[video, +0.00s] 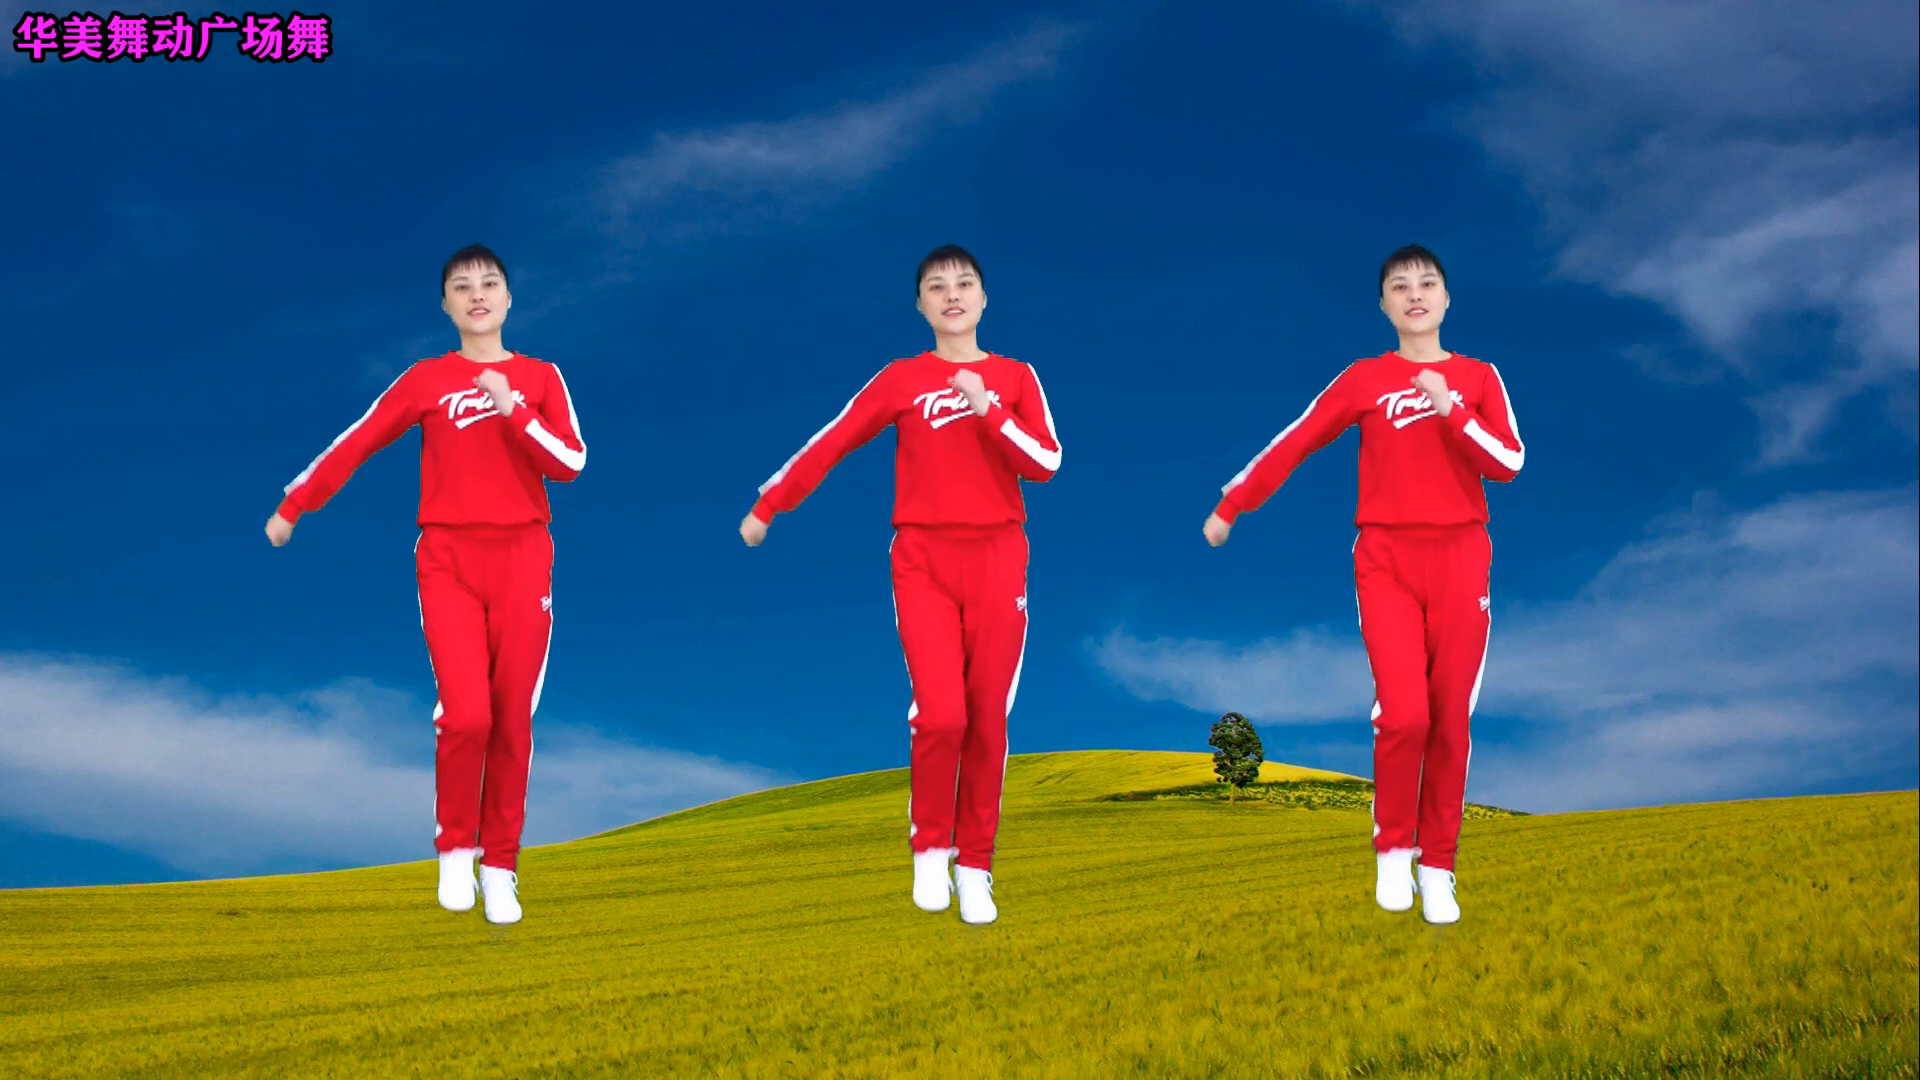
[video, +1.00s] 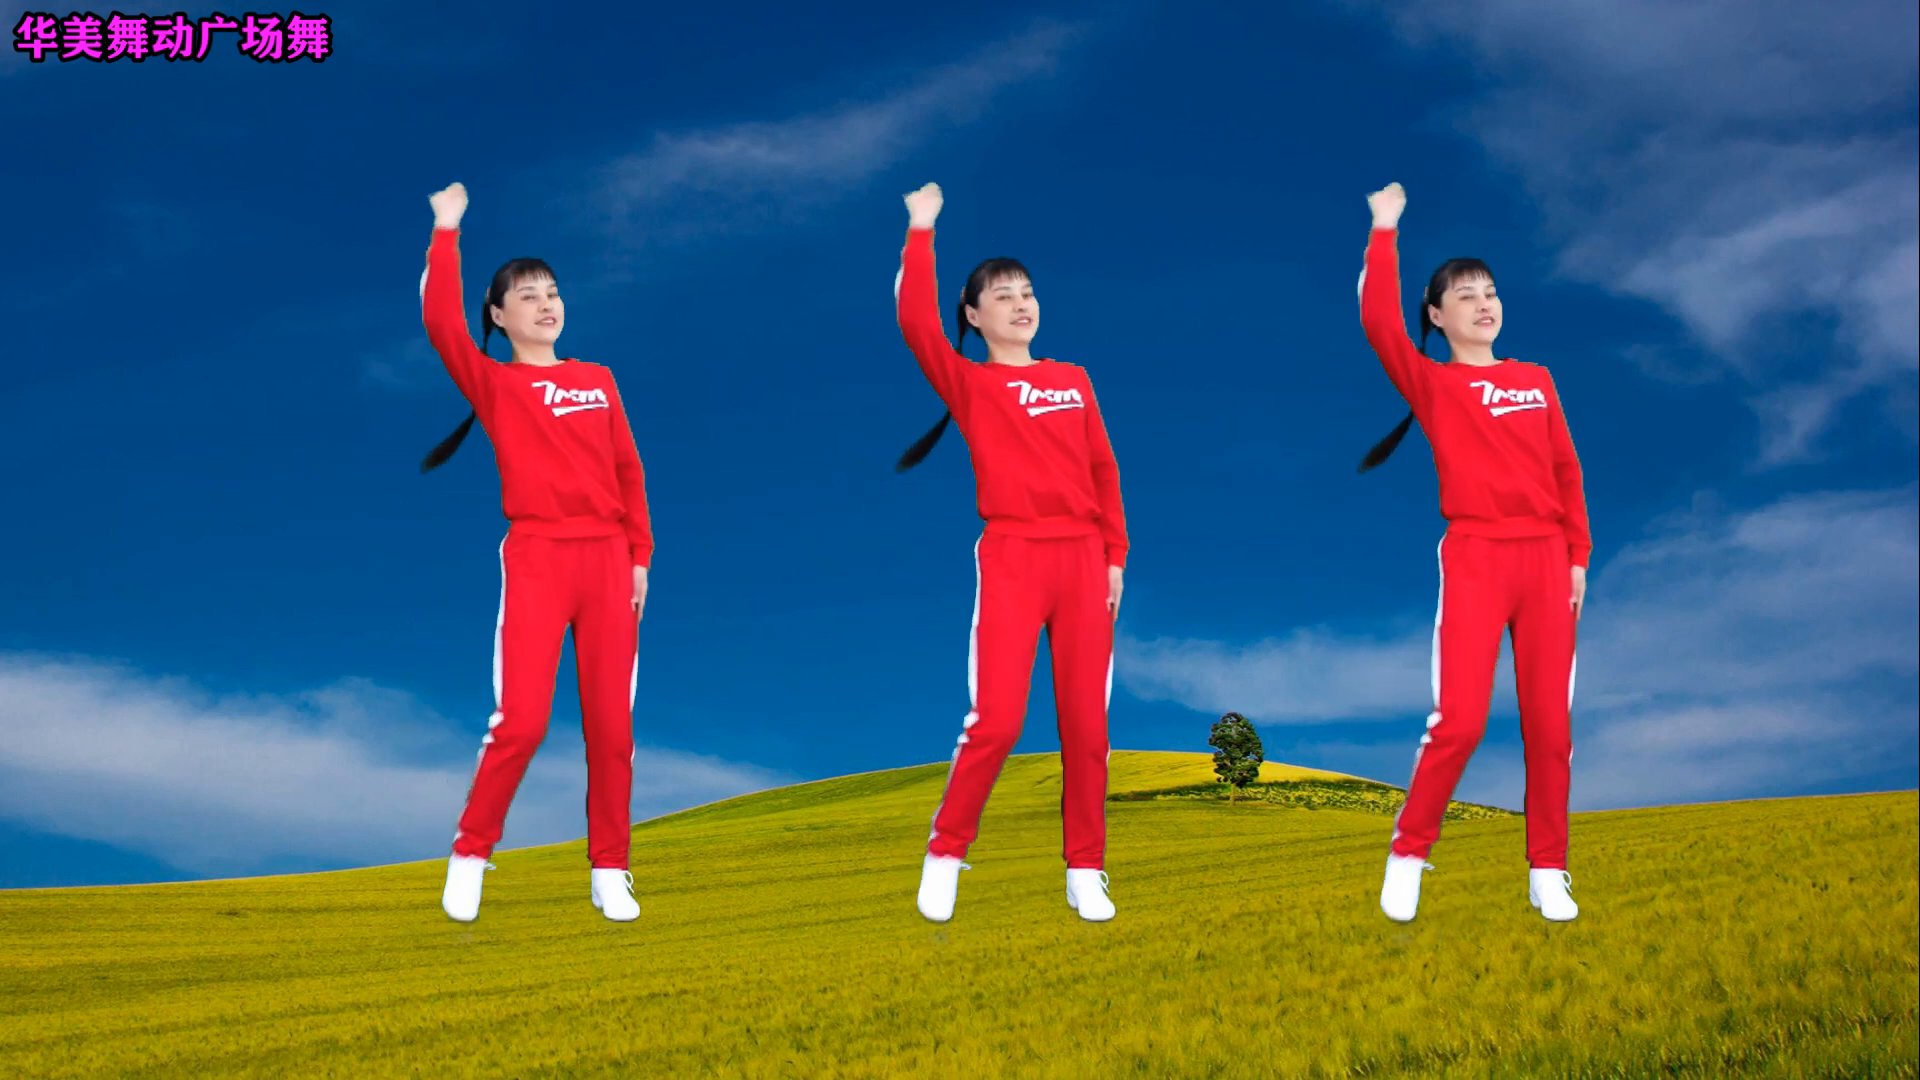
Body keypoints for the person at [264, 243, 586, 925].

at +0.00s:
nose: (478, 295)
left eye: (489, 285)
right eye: (463, 288)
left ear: (508, 298)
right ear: (447, 305)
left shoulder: (540, 376)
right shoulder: (424, 380)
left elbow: (569, 462)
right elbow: (355, 443)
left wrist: (515, 412)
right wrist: (291, 504)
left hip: (524, 557)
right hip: (448, 558)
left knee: (514, 715)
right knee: (466, 713)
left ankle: (500, 862)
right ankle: (455, 848)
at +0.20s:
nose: (484, 303)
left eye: (494, 293)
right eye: (468, 294)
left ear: (507, 308)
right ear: (445, 313)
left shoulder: (535, 388)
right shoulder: (418, 384)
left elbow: (564, 474)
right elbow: (332, 418)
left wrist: (540, 490)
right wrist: (238, 454)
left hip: (524, 565)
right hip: (448, 566)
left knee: (513, 727)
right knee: (456, 729)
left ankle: (498, 868)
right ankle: (451, 870)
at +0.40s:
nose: (495, 315)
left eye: (498, 305)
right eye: (477, 306)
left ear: (506, 324)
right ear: (443, 327)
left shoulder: (534, 405)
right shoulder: (423, 405)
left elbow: (558, 500)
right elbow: (356, 473)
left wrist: (573, 584)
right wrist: (291, 540)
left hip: (516, 579)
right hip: (443, 576)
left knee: (522, 728)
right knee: (447, 732)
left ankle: (508, 844)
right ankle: (449, 870)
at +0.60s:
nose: (499, 301)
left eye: (502, 291)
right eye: (482, 292)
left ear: (507, 310)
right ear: (447, 311)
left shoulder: (531, 391)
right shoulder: (432, 378)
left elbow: (551, 491)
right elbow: (489, 429)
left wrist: (562, 566)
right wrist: (584, 451)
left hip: (527, 564)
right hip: (456, 560)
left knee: (558, 708)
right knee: (454, 725)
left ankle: (563, 833)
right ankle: (449, 867)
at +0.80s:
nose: (530, 291)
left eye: (529, 282)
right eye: (516, 283)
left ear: (520, 302)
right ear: (476, 302)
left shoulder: (553, 380)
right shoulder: (458, 369)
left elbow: (582, 474)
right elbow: (497, 299)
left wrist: (596, 551)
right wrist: (558, 246)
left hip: (565, 554)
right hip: (492, 554)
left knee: (588, 717)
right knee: (470, 719)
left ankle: (614, 859)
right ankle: (451, 862)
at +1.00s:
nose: (546, 303)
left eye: (552, 294)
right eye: (530, 296)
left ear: (563, 310)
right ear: (501, 316)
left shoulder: (596, 379)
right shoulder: (492, 380)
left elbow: (630, 474)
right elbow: (443, 316)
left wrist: (639, 560)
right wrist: (445, 228)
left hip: (609, 559)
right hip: (535, 558)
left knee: (612, 727)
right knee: (521, 724)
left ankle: (610, 868)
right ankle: (472, 854)